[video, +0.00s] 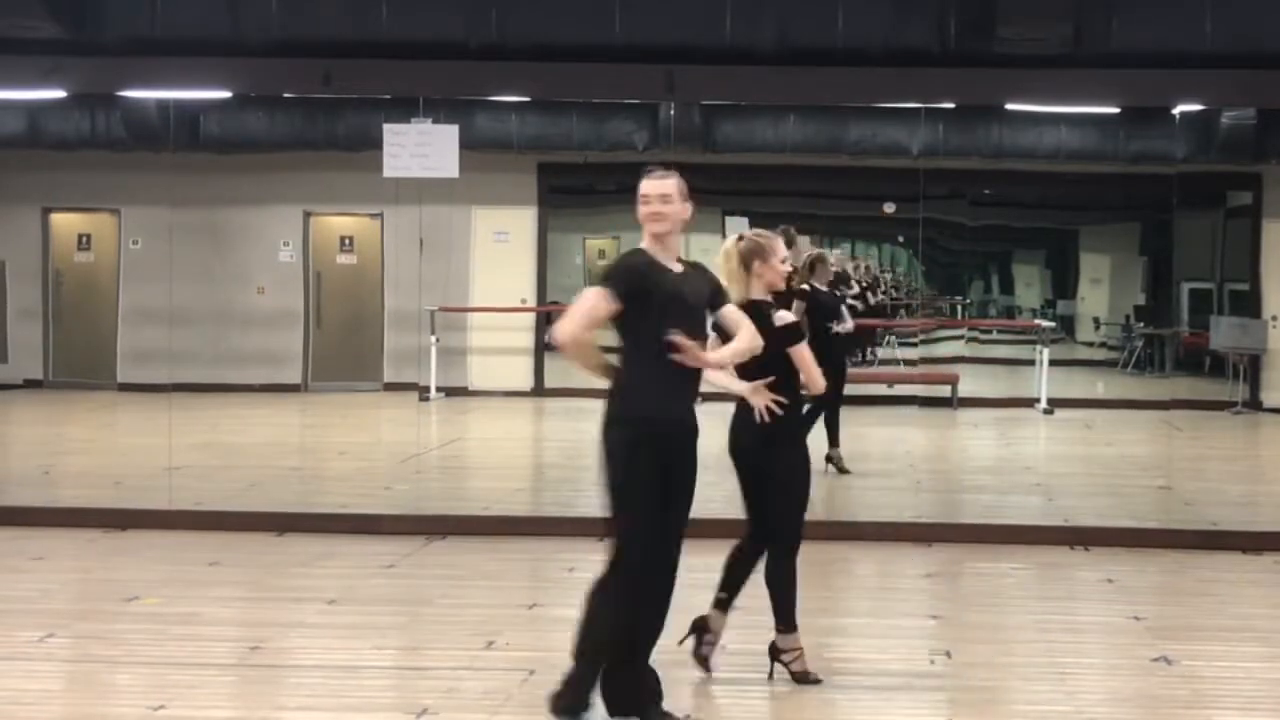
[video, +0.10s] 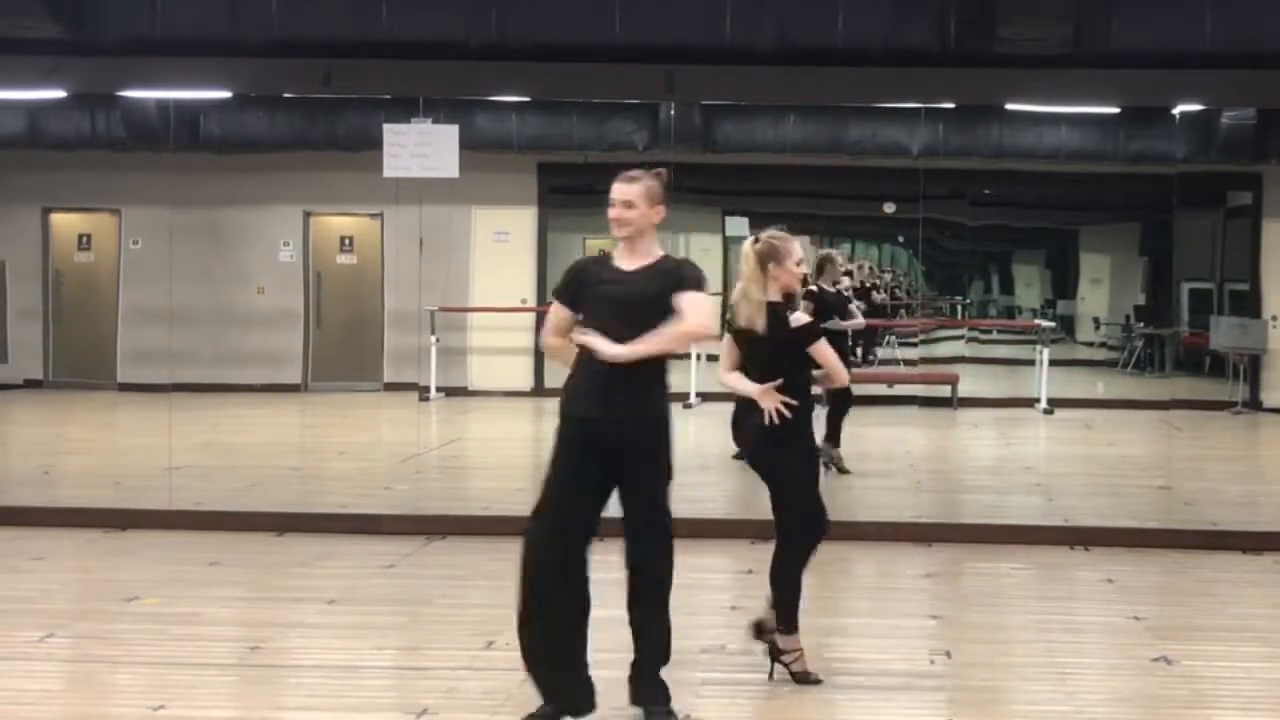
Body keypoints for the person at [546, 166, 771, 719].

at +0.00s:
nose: (655, 208)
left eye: (666, 199)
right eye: (647, 199)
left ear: (688, 209)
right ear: (637, 209)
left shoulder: (702, 278)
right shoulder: (630, 269)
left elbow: (750, 338)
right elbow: (569, 334)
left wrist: (715, 355)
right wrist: (609, 371)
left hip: (678, 427)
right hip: (633, 425)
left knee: (661, 561)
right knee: (637, 555)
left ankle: (631, 691)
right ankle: (581, 682)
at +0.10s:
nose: (616, 213)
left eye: (629, 205)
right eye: (613, 204)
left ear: (658, 213)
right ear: (609, 210)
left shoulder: (679, 272)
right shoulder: (584, 271)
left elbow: (699, 325)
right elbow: (550, 337)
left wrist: (625, 350)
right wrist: (594, 364)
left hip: (643, 435)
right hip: (582, 434)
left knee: (650, 558)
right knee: (549, 549)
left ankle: (650, 684)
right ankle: (566, 691)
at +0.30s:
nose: (541, 206)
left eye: (550, 198)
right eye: (545, 196)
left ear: (580, 210)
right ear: (589, 213)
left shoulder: (531, 262)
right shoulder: (621, 278)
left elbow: (460, 303)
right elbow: (668, 341)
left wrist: (516, 337)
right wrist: (618, 383)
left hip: (539, 431)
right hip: (598, 436)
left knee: (517, 554)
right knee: (588, 562)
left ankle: (522, 686)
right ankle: (572, 693)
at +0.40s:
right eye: (567, 203)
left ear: (523, 211)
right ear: (570, 212)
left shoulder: (500, 266)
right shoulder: (586, 270)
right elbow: (607, 327)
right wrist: (585, 391)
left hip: (510, 415)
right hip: (562, 421)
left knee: (493, 540)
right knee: (562, 557)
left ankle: (451, 677)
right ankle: (513, 697)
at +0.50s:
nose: (555, 214)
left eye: (554, 205)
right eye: (544, 207)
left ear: (537, 214)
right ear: (515, 218)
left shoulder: (536, 269)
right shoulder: (518, 271)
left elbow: (564, 341)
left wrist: (581, 337)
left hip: (505, 418)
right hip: (505, 421)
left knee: (492, 551)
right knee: (504, 553)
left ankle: (455, 685)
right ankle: (445, 692)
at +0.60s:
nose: (504, 229)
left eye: (512, 219)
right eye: (493, 221)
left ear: (527, 223)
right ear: (479, 228)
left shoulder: (555, 286)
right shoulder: (466, 289)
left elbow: (618, 322)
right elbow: (426, 363)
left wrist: (592, 369)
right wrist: (463, 390)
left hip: (514, 445)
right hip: (456, 443)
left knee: (505, 573)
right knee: (417, 561)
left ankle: (460, 690)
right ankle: (337, 677)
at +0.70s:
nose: (481, 239)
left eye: (491, 229)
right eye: (472, 230)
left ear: (509, 233)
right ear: (462, 234)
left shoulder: (540, 292)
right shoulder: (445, 299)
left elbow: (619, 320)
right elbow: (409, 368)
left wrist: (632, 393)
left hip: (492, 457)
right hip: (430, 447)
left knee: (492, 575)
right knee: (355, 545)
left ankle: (466, 692)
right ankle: (274, 651)